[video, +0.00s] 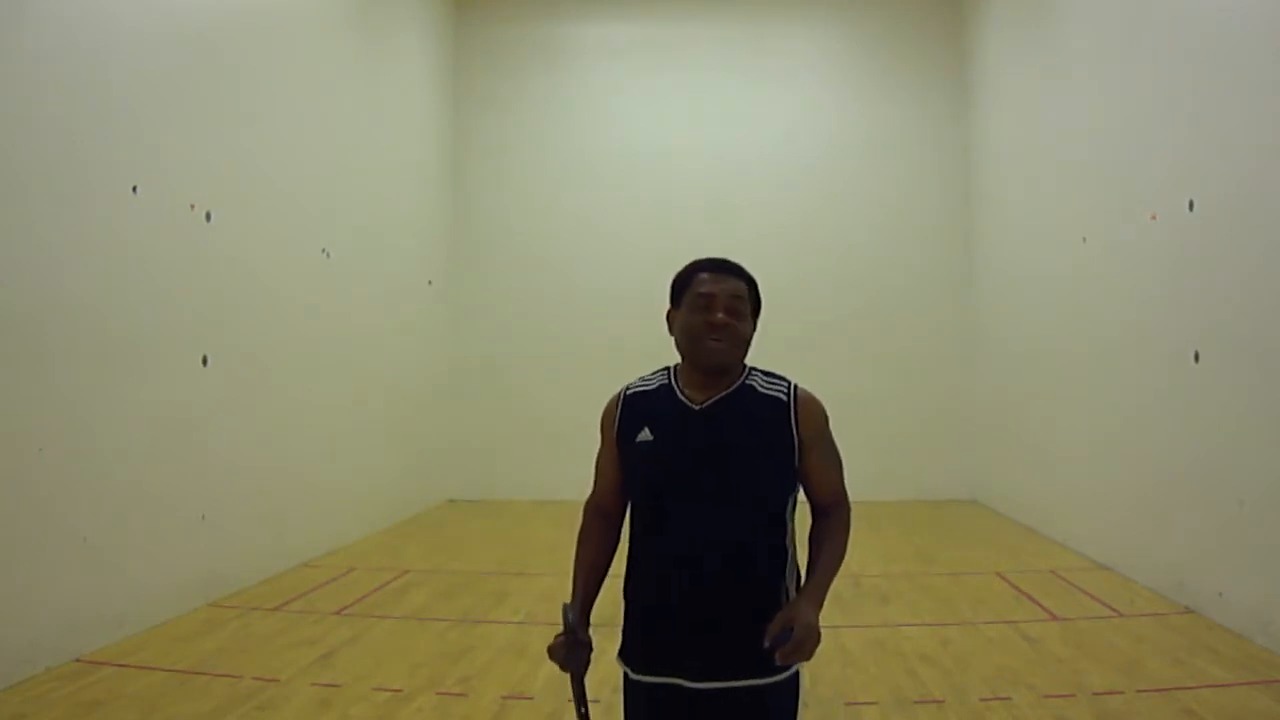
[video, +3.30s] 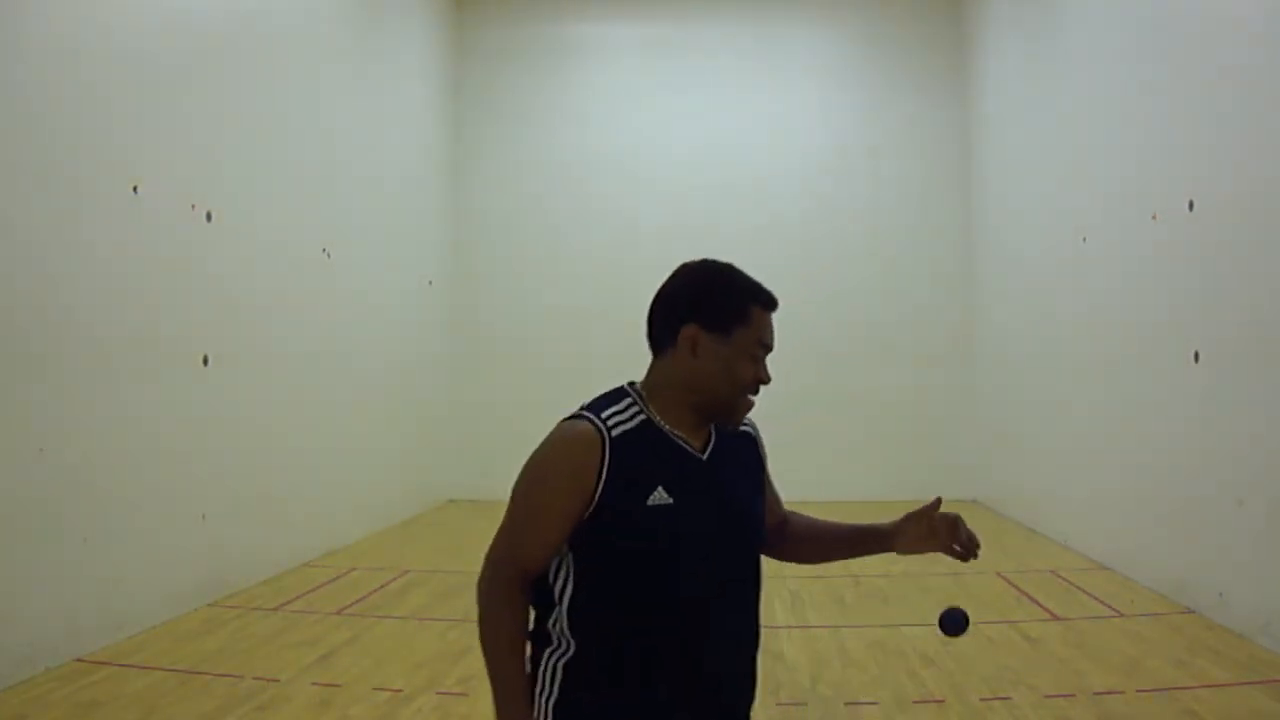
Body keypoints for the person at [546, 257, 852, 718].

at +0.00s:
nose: (719, 318)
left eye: (735, 309)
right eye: (702, 304)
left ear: (753, 329)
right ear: (671, 319)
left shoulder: (795, 411)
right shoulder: (629, 411)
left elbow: (832, 509)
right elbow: (603, 512)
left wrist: (811, 600)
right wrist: (578, 616)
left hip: (756, 667)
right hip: (656, 664)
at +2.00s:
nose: (697, 367)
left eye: (718, 350)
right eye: (680, 349)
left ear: (751, 359)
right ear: (658, 357)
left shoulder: (805, 447)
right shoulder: (629, 436)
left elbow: (851, 541)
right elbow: (625, 521)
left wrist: (825, 656)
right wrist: (600, 635)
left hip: (778, 687)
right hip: (675, 683)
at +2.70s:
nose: (765, 397)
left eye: (788, 377)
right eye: (746, 372)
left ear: (814, 382)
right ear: (712, 367)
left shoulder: (853, 482)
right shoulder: (652, 442)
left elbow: (869, 579)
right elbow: (631, 532)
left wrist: (845, 699)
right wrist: (608, 651)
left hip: (791, 696)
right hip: (677, 689)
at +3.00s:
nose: (813, 339)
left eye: (820, 324)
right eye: (792, 317)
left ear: (827, 331)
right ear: (727, 315)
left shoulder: (835, 439)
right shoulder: (649, 420)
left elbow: (842, 552)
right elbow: (594, 544)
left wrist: (881, 644)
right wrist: (588, 684)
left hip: (780, 698)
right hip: (659, 694)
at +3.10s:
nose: (811, 346)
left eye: (813, 329)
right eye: (796, 324)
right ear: (726, 317)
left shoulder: (808, 431)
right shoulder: (634, 422)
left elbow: (827, 543)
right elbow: (575, 555)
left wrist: (893, 600)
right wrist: (577, 698)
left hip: (769, 703)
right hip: (646, 700)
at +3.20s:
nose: (793, 356)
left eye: (794, 338)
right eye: (781, 335)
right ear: (713, 326)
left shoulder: (778, 435)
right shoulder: (615, 429)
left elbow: (806, 538)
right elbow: (543, 564)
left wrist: (899, 556)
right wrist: (555, 705)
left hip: (748, 702)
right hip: (628, 700)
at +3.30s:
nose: (766, 374)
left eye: (768, 356)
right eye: (757, 353)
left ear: (700, 347)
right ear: (692, 344)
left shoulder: (738, 444)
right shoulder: (587, 445)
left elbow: (779, 533)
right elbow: (503, 583)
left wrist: (892, 537)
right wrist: (516, 713)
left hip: (716, 706)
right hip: (598, 708)